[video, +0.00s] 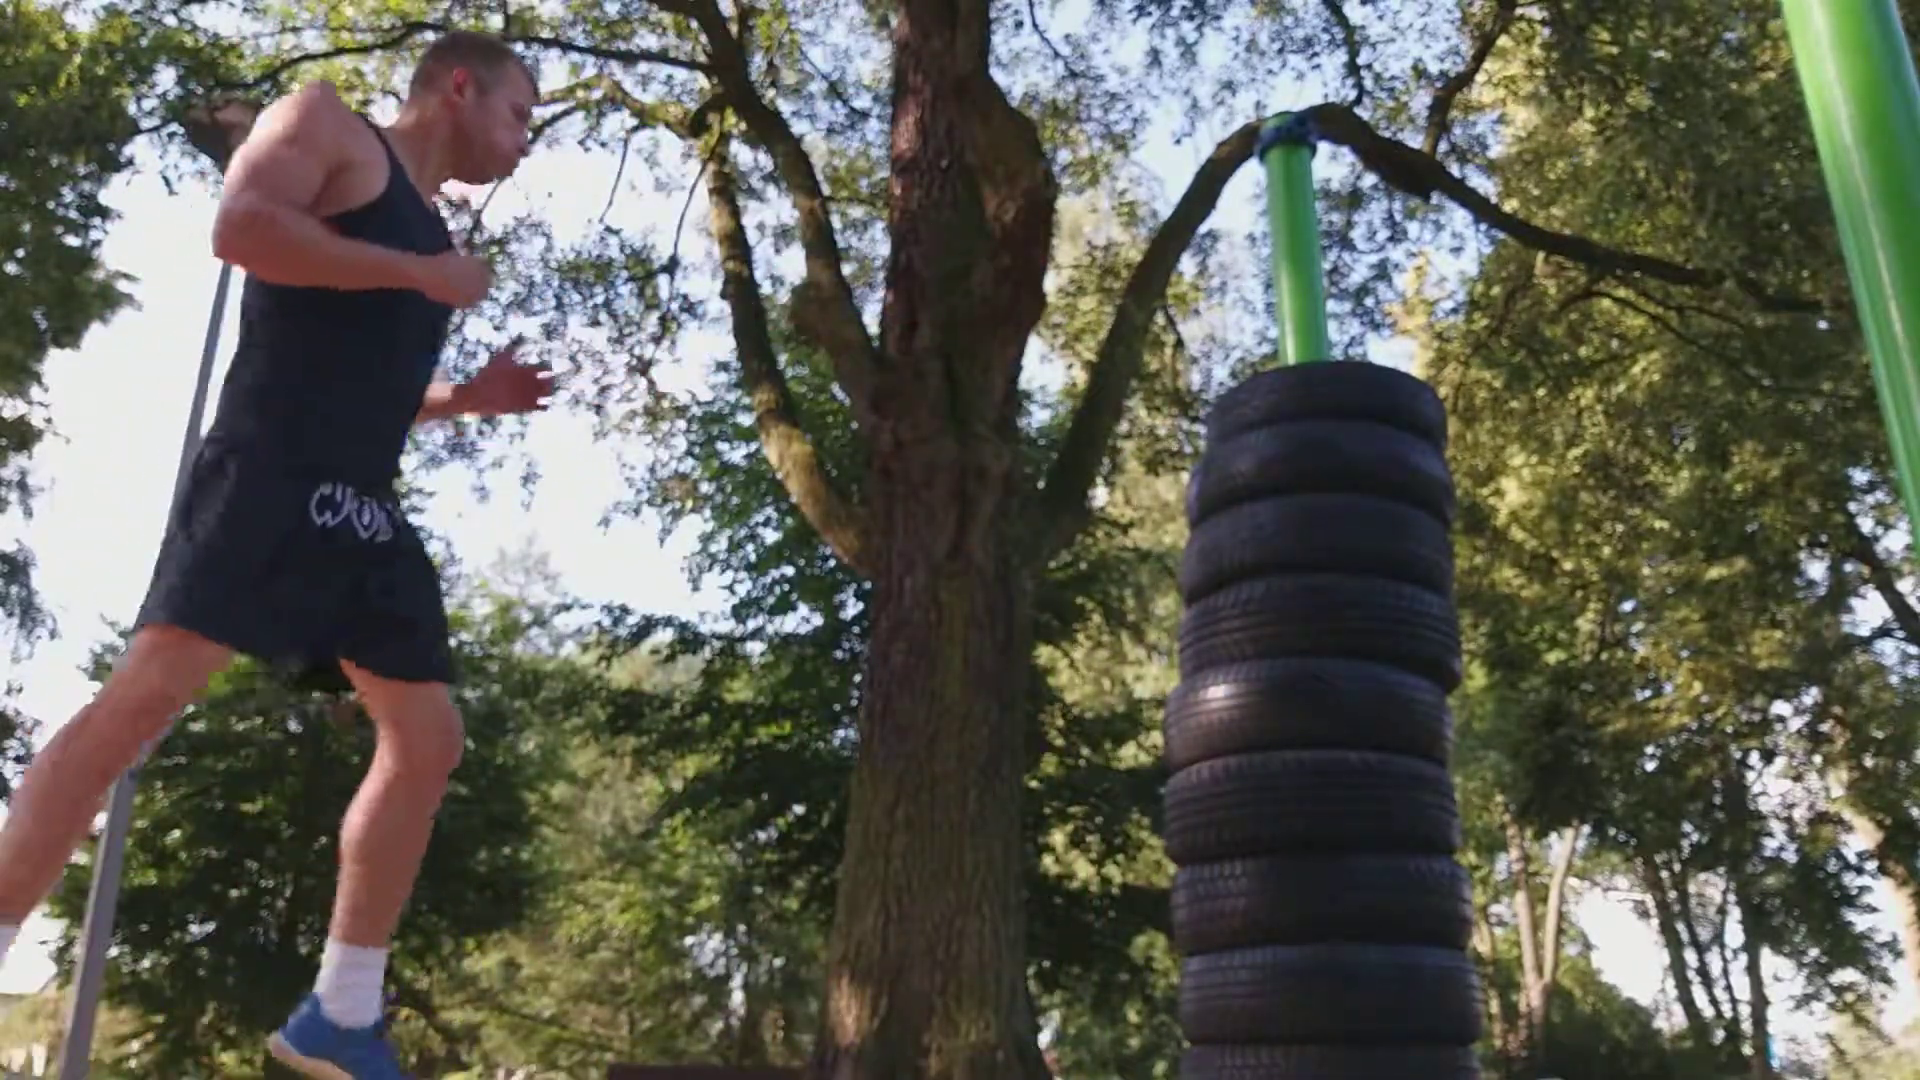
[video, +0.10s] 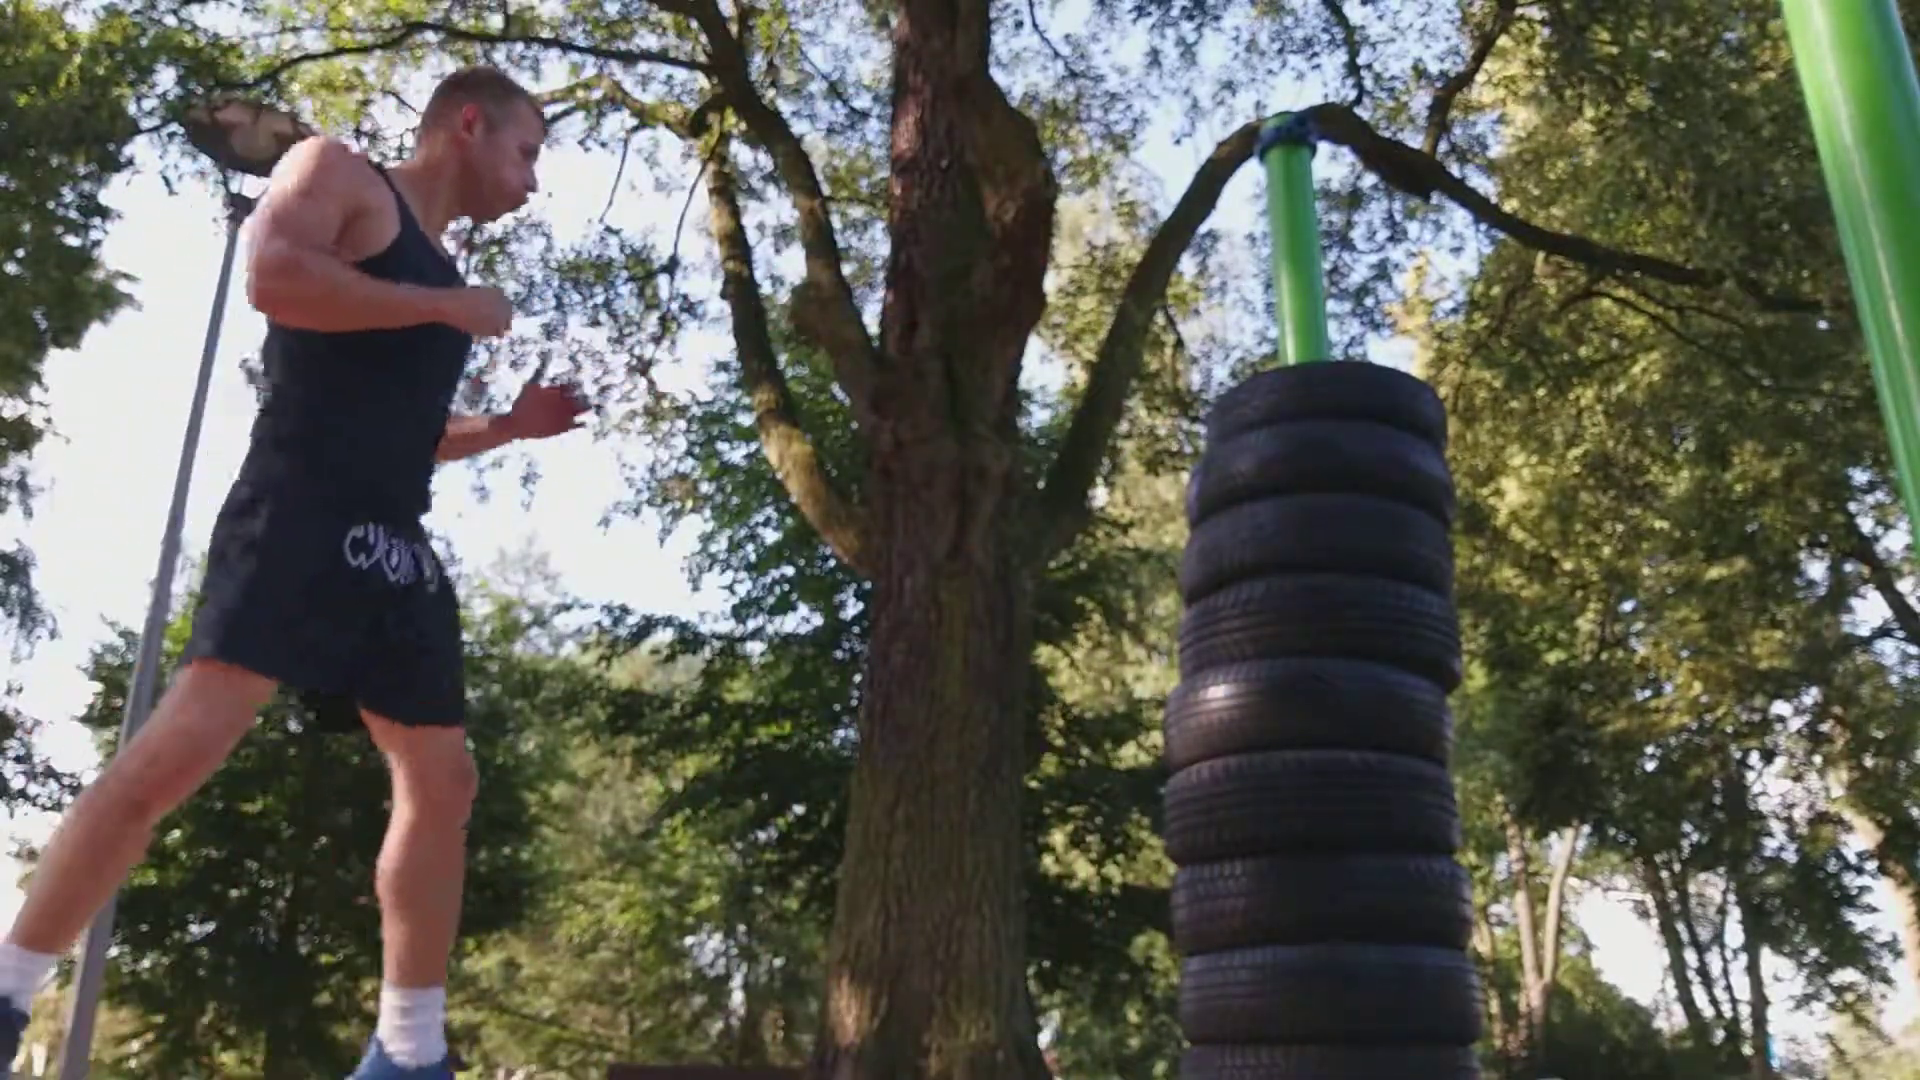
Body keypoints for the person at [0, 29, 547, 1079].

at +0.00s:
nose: (525, 143)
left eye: (531, 127)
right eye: (520, 117)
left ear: (463, 104)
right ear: (455, 88)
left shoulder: (432, 229)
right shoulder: (328, 114)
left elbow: (364, 390)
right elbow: (243, 227)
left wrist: (467, 395)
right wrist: (423, 273)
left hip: (365, 508)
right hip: (261, 483)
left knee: (424, 741)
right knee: (142, 703)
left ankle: (343, 1011)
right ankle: (3, 934)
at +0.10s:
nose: (533, 180)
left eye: (539, 161)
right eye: (527, 153)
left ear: (475, 141)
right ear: (463, 127)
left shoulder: (438, 271)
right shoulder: (341, 164)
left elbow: (401, 438)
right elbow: (276, 275)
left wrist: (509, 423)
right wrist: (445, 307)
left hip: (397, 550)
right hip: (294, 523)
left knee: (440, 782)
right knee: (178, 750)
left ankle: (409, 1053)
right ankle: (8, 988)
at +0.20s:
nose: (533, 223)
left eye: (536, 205)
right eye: (524, 198)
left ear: (462, 191)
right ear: (459, 183)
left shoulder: (445, 334)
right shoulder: (340, 239)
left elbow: (439, 490)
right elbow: (295, 365)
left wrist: (537, 483)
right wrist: (458, 363)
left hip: (414, 611)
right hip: (311, 589)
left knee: (473, 831)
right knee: (205, 794)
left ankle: (392, 1067)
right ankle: (17, 1029)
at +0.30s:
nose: (533, 192)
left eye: (539, 175)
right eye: (527, 166)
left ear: (476, 154)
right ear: (460, 139)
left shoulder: (449, 294)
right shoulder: (333, 194)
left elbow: (413, 446)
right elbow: (247, 316)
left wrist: (515, 457)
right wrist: (417, 328)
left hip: (400, 563)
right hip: (291, 531)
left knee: (419, 790)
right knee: (157, 735)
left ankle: (401, 1056)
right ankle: (4, 976)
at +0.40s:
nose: (519, 158)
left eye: (527, 144)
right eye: (513, 132)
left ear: (467, 127)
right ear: (444, 104)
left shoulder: (438, 265)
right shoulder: (317, 151)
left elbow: (393, 421)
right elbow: (206, 247)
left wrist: (487, 416)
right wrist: (383, 274)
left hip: (368, 527)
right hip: (252, 492)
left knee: (409, 756)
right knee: (115, 702)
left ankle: (358, 1032)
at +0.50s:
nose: (490, 170)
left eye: (497, 155)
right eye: (481, 142)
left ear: (427, 133)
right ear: (416, 118)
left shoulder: (418, 288)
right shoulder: (279, 162)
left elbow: (409, 448)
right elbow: (167, 255)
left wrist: (479, 424)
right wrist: (352, 263)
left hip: (339, 549)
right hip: (213, 511)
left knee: (401, 784)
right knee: (63, 736)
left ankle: (263, 1041)